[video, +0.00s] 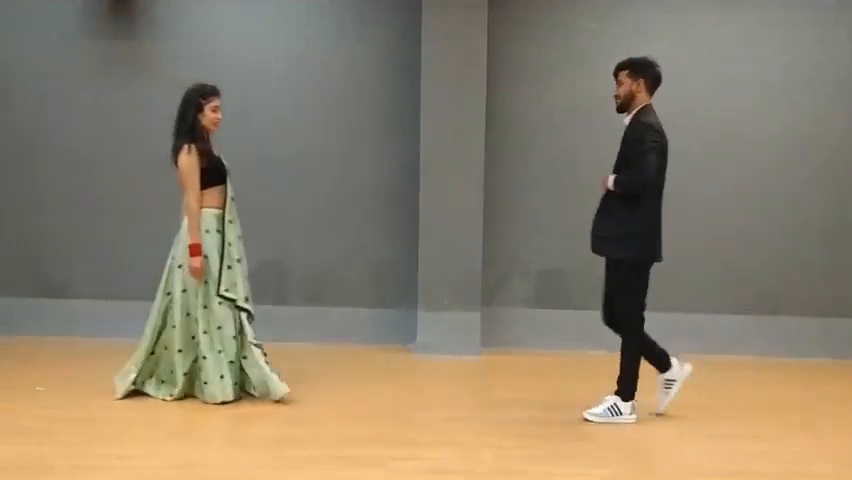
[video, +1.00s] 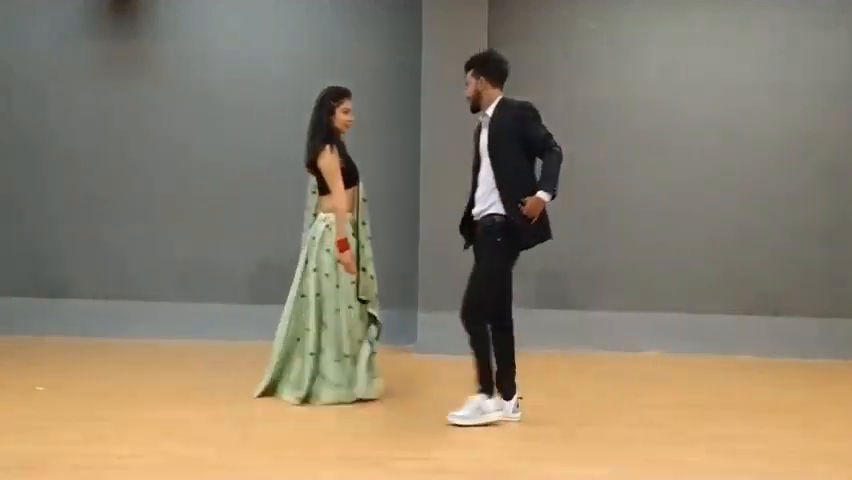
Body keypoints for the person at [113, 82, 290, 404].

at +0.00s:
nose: (219, 116)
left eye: (219, 110)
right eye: (213, 110)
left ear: (213, 113)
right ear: (196, 112)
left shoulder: (206, 149)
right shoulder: (189, 151)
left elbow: (208, 201)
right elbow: (191, 201)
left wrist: (224, 242)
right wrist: (195, 248)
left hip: (218, 234)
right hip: (204, 234)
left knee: (218, 307)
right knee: (204, 309)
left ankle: (219, 376)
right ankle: (206, 377)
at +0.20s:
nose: (246, 115)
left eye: (247, 109)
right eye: (241, 108)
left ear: (238, 111)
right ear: (224, 109)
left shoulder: (230, 146)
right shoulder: (217, 148)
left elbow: (229, 198)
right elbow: (219, 199)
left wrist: (242, 241)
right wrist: (225, 246)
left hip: (242, 232)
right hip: (228, 234)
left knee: (241, 309)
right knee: (228, 310)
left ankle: (239, 379)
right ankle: (225, 381)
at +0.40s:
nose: (271, 119)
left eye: (272, 113)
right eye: (266, 113)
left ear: (262, 116)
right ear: (249, 113)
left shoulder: (252, 149)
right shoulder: (239, 152)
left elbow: (251, 202)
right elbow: (243, 203)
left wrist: (261, 245)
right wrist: (249, 249)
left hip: (263, 234)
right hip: (249, 236)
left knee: (262, 308)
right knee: (247, 309)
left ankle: (260, 377)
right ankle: (240, 379)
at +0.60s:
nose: (296, 122)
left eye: (297, 116)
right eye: (292, 115)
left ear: (283, 117)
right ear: (275, 115)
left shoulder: (277, 153)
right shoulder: (269, 155)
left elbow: (273, 206)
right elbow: (272, 207)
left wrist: (283, 249)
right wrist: (275, 253)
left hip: (290, 239)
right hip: (281, 240)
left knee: (289, 310)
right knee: (280, 311)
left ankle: (285, 378)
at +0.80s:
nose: (326, 119)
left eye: (327, 113)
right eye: (321, 113)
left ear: (315, 118)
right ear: (305, 116)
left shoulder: (310, 153)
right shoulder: (303, 156)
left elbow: (312, 207)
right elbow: (307, 208)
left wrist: (319, 250)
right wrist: (313, 253)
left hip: (322, 241)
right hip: (311, 243)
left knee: (322, 312)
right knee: (313, 314)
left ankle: (311, 380)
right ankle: (268, 376)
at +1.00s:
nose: (350, 117)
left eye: (351, 111)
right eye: (345, 112)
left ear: (337, 114)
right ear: (329, 114)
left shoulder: (334, 149)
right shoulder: (328, 151)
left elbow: (338, 200)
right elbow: (339, 200)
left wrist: (346, 242)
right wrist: (344, 244)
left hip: (338, 234)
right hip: (334, 236)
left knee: (340, 308)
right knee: (337, 309)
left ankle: (338, 377)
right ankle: (335, 379)